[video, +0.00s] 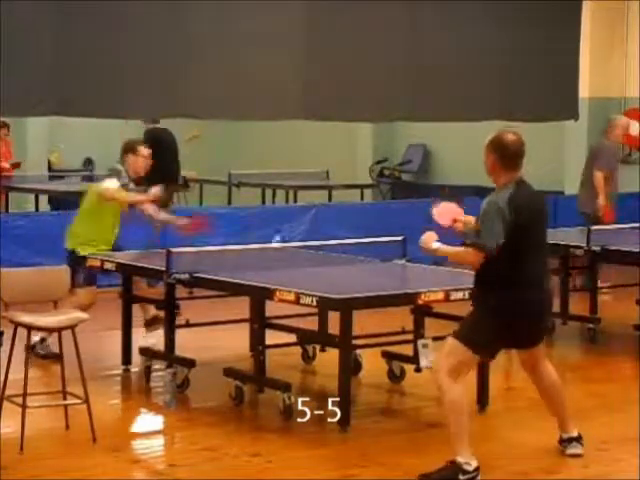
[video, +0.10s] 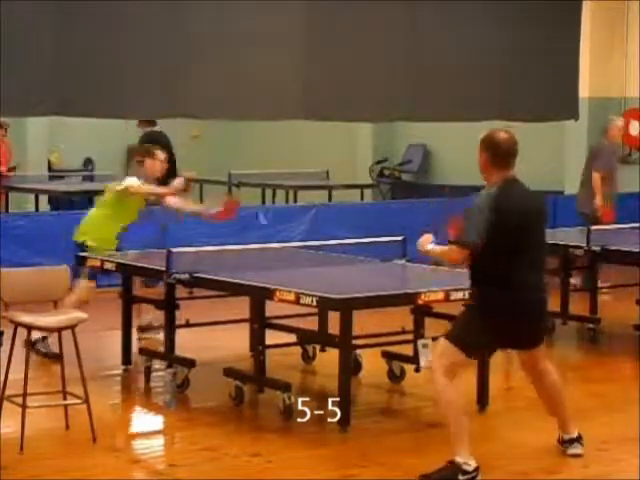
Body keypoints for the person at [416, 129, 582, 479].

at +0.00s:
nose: (484, 160)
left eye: (486, 155)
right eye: (487, 154)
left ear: (491, 160)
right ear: (519, 160)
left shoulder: (497, 203)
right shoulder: (533, 196)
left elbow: (476, 256)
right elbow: (516, 241)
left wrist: (435, 248)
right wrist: (471, 228)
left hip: (498, 309)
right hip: (534, 305)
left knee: (449, 368)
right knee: (537, 363)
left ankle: (463, 461)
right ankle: (570, 434)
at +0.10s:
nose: (478, 159)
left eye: (479, 154)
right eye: (480, 153)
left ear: (484, 159)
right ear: (513, 159)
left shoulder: (487, 201)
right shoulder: (533, 198)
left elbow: (460, 255)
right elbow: (524, 251)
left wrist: (429, 248)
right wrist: (469, 242)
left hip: (491, 309)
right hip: (532, 307)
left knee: (444, 366)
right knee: (537, 363)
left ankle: (463, 461)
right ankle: (570, 435)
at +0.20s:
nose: (475, 149)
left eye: (476, 144)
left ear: (479, 147)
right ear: (511, 148)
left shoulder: (467, 191)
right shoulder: (530, 192)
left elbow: (444, 247)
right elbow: (547, 255)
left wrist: (430, 240)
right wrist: (514, 247)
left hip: (475, 301)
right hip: (522, 300)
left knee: (433, 366)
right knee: (542, 365)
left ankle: (460, 456)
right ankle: (568, 439)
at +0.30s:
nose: (472, 151)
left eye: (473, 146)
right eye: (477, 146)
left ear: (476, 148)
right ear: (508, 150)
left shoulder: (464, 187)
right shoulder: (529, 191)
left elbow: (438, 244)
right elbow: (548, 251)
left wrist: (435, 237)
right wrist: (518, 256)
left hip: (472, 295)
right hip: (520, 296)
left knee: (424, 365)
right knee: (543, 366)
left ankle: (439, 452)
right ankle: (562, 446)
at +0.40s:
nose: (468, 165)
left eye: (468, 160)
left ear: (471, 162)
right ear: (503, 163)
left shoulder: (453, 200)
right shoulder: (521, 202)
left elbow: (427, 258)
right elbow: (547, 259)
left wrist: (451, 251)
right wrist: (540, 283)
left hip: (465, 306)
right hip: (516, 306)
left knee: (419, 375)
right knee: (547, 368)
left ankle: (421, 464)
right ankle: (563, 451)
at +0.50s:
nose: (464, 168)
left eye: (463, 163)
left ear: (464, 164)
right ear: (497, 166)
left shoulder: (448, 203)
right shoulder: (516, 204)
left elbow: (424, 262)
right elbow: (540, 265)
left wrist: (450, 256)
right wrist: (535, 282)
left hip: (463, 311)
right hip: (513, 310)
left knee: (412, 372)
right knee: (545, 371)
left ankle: (420, 464)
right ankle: (562, 452)